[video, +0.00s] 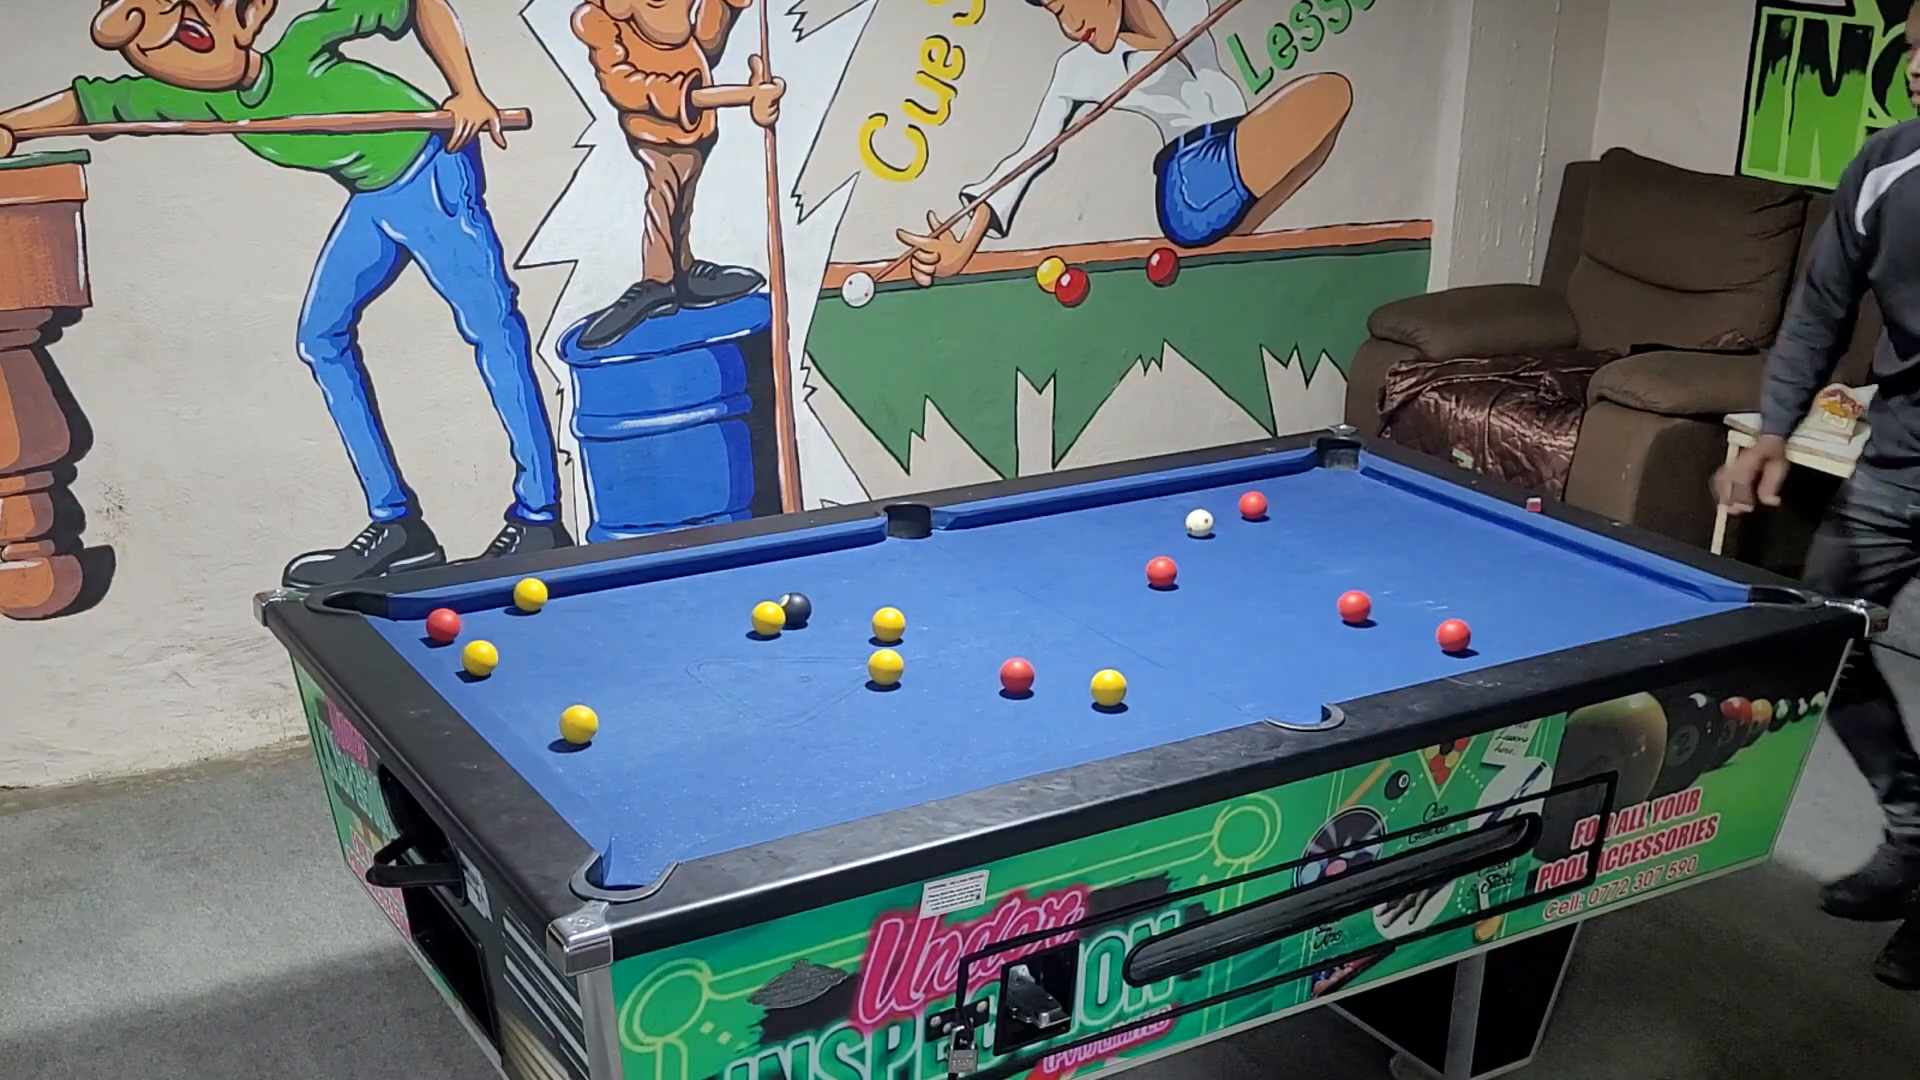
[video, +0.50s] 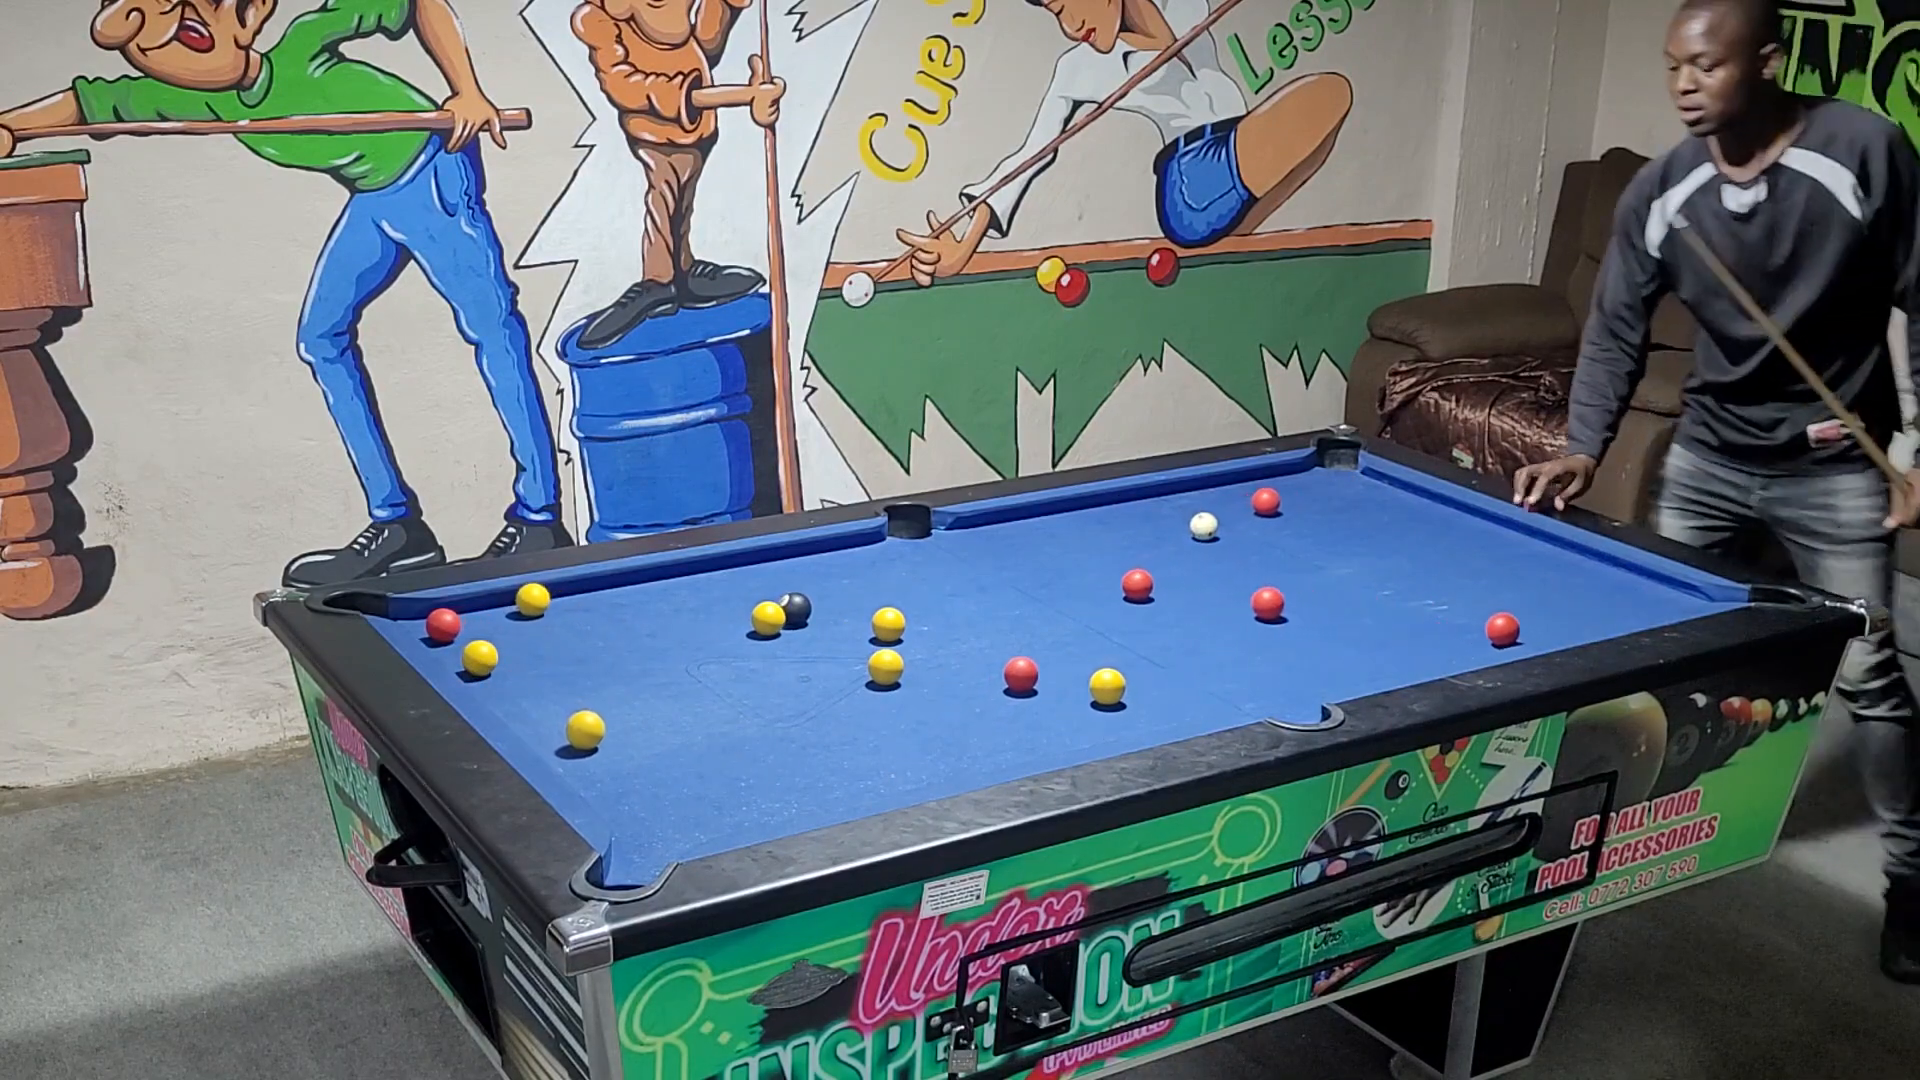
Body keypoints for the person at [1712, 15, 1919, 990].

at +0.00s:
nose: (1916, 70)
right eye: (1909, 52)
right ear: (1899, 62)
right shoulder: (1886, 164)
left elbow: (1819, 305)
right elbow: (1820, 306)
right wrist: (1772, 431)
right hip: (1900, 459)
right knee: (1820, 625)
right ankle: (1910, 820)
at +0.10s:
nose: (1892, 61)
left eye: (1909, 44)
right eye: (1885, 44)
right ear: (1877, 54)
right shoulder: (1861, 166)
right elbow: (1786, 298)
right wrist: (1718, 416)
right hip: (1876, 452)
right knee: (1782, 609)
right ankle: (1839, 809)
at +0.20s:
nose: (1851, 63)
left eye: (1874, 42)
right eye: (1845, 44)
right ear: (1841, 52)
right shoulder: (1821, 170)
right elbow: (1744, 300)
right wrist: (1668, 411)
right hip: (1839, 453)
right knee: (1741, 638)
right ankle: (1712, 824)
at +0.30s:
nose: (1796, 70)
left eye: (1820, 49)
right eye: (1788, 50)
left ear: (1887, 49)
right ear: (1784, 52)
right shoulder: (1772, 177)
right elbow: (1696, 309)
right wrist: (1623, 426)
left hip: (1913, 469)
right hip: (1802, 455)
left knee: (1919, 690)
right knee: (1716, 648)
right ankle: (1681, 832)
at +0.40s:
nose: (1736, 79)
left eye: (1758, 59)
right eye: (1728, 60)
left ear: (1824, 57)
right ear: (1719, 66)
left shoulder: (1903, 153)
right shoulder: (1705, 193)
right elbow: (1649, 330)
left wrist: (1915, 420)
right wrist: (1596, 444)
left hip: (1881, 462)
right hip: (1754, 454)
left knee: (1896, 685)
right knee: (1693, 654)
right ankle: (1677, 840)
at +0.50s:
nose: (1686, 84)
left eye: (1706, 64)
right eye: (1676, 66)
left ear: (1768, 63)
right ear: (1669, 72)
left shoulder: (1865, 152)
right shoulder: (1658, 191)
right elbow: (1613, 330)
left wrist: (1918, 448)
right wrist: (1581, 447)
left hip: (1841, 456)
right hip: (1708, 447)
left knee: (1870, 673)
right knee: (1666, 651)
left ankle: (1908, 876)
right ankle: (1672, 837)